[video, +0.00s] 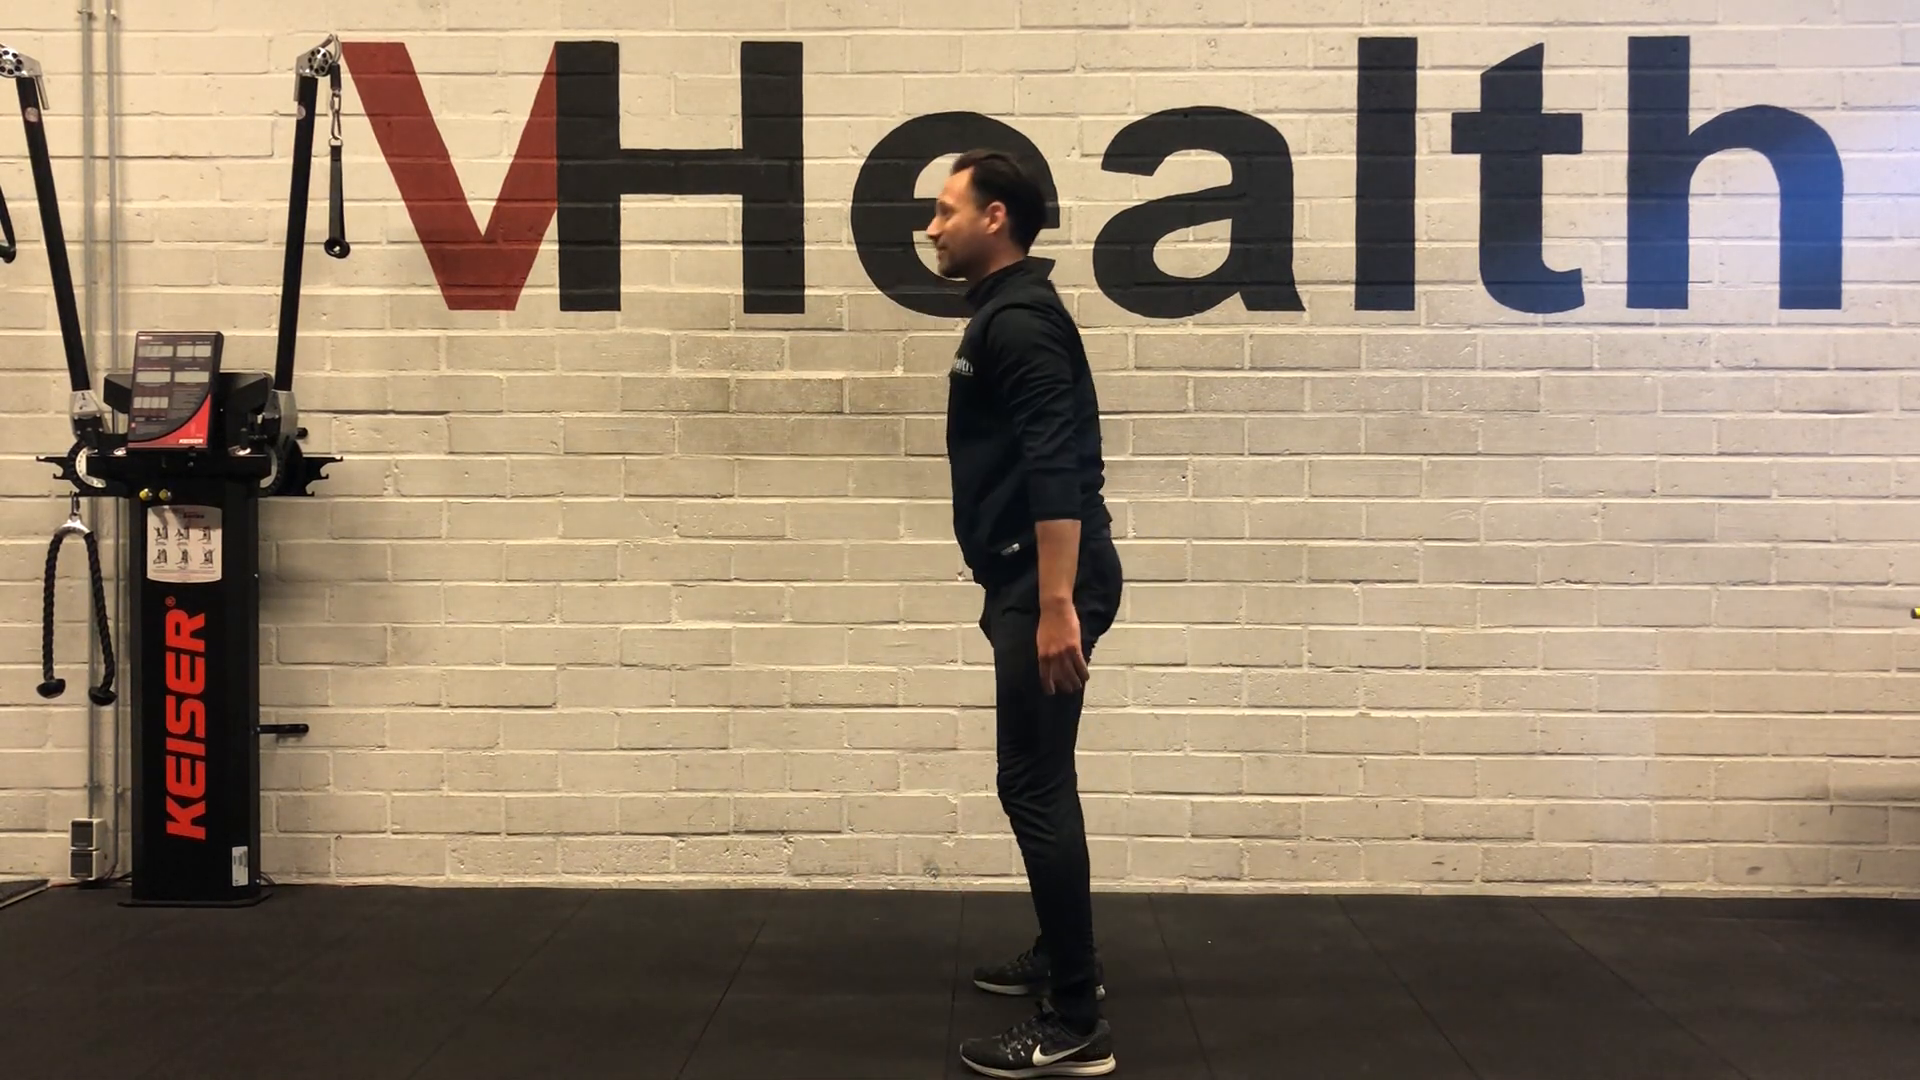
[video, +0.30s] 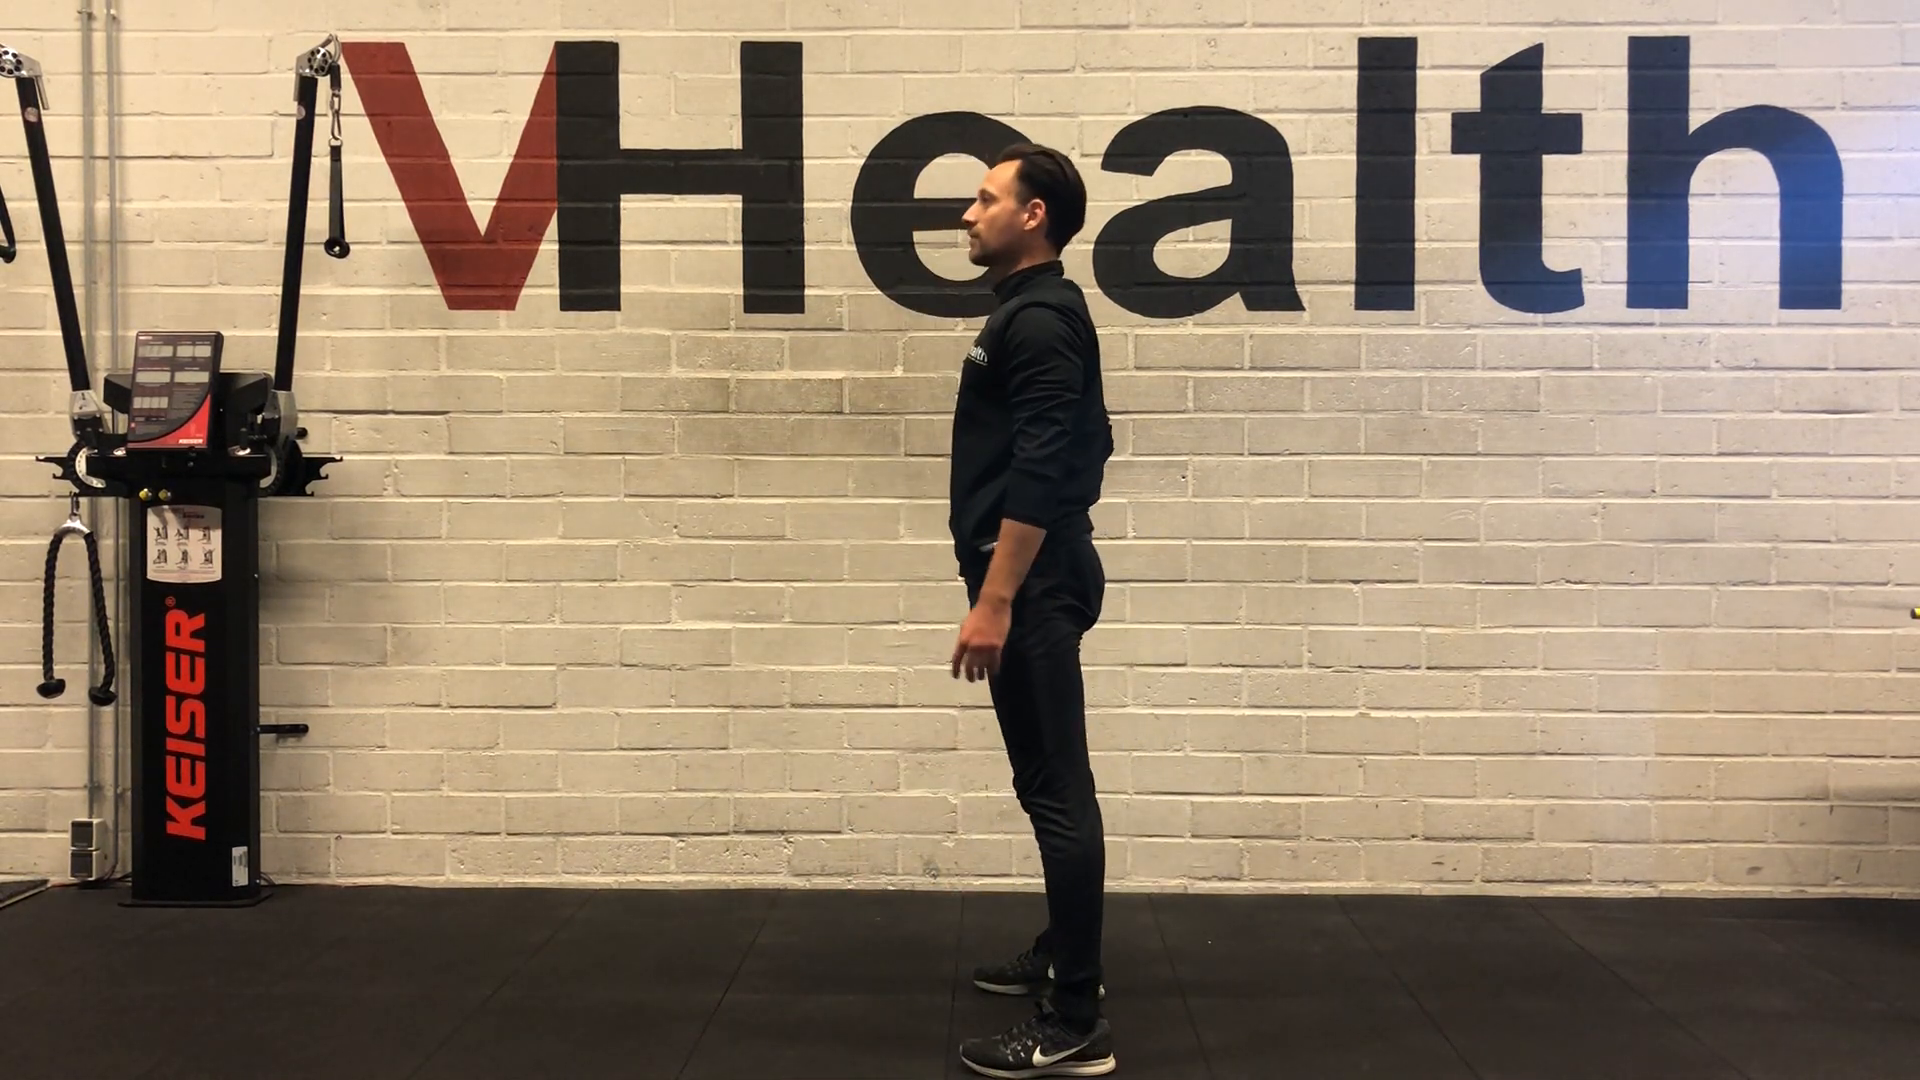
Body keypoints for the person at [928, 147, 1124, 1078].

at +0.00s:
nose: (930, 225)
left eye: (944, 209)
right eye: (933, 209)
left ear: (997, 220)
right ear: (993, 222)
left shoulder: (1021, 319)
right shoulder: (1004, 313)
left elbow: (1058, 465)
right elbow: (1040, 462)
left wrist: (1056, 602)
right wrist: (1027, 594)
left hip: (1043, 592)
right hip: (1029, 586)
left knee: (1036, 790)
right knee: (1036, 783)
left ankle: (1076, 1018)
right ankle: (1063, 958)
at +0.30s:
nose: (969, 214)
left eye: (985, 201)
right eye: (975, 199)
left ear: (1034, 218)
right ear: (1033, 220)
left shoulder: (1039, 316)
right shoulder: (1033, 307)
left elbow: (1042, 468)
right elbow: (1061, 459)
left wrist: (995, 600)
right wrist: (1009, 585)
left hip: (1036, 589)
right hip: (1030, 585)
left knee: (1057, 793)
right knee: (1050, 786)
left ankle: (1077, 1016)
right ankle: (1066, 956)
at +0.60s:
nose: (981, 212)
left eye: (997, 200)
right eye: (987, 198)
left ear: (1042, 218)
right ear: (1040, 219)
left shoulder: (1049, 319)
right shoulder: (1034, 310)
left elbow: (1042, 471)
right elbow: (1052, 464)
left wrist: (987, 597)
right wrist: (991, 583)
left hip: (1031, 591)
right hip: (1021, 587)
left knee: (1062, 794)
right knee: (1052, 786)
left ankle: (1077, 1013)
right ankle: (1065, 951)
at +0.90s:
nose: (986, 214)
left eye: (1002, 201)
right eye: (992, 200)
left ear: (1049, 218)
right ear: (1048, 219)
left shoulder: (1060, 321)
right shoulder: (1042, 311)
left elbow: (1050, 476)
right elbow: (1040, 469)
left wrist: (995, 598)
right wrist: (996, 590)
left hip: (1041, 586)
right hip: (1030, 582)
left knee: (1066, 793)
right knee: (1056, 785)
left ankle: (1077, 1018)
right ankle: (1065, 954)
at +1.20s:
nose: (989, 219)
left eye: (1003, 206)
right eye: (993, 204)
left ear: (1052, 217)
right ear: (1050, 217)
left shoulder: (1069, 321)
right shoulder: (1049, 311)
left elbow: (1057, 476)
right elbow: (1047, 469)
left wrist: (1000, 596)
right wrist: (1000, 589)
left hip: (1050, 585)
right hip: (1038, 580)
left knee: (1070, 793)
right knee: (1060, 784)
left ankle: (1075, 1017)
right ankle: (1067, 953)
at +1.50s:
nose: (991, 223)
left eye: (1005, 209)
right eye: (994, 207)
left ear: (1055, 218)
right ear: (1052, 218)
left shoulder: (1075, 322)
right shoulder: (1054, 313)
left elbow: (1066, 477)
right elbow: (1051, 470)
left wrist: (1011, 598)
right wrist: (1005, 589)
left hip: (1055, 586)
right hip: (1043, 582)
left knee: (1070, 794)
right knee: (1062, 785)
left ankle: (1075, 1018)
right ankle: (1068, 954)